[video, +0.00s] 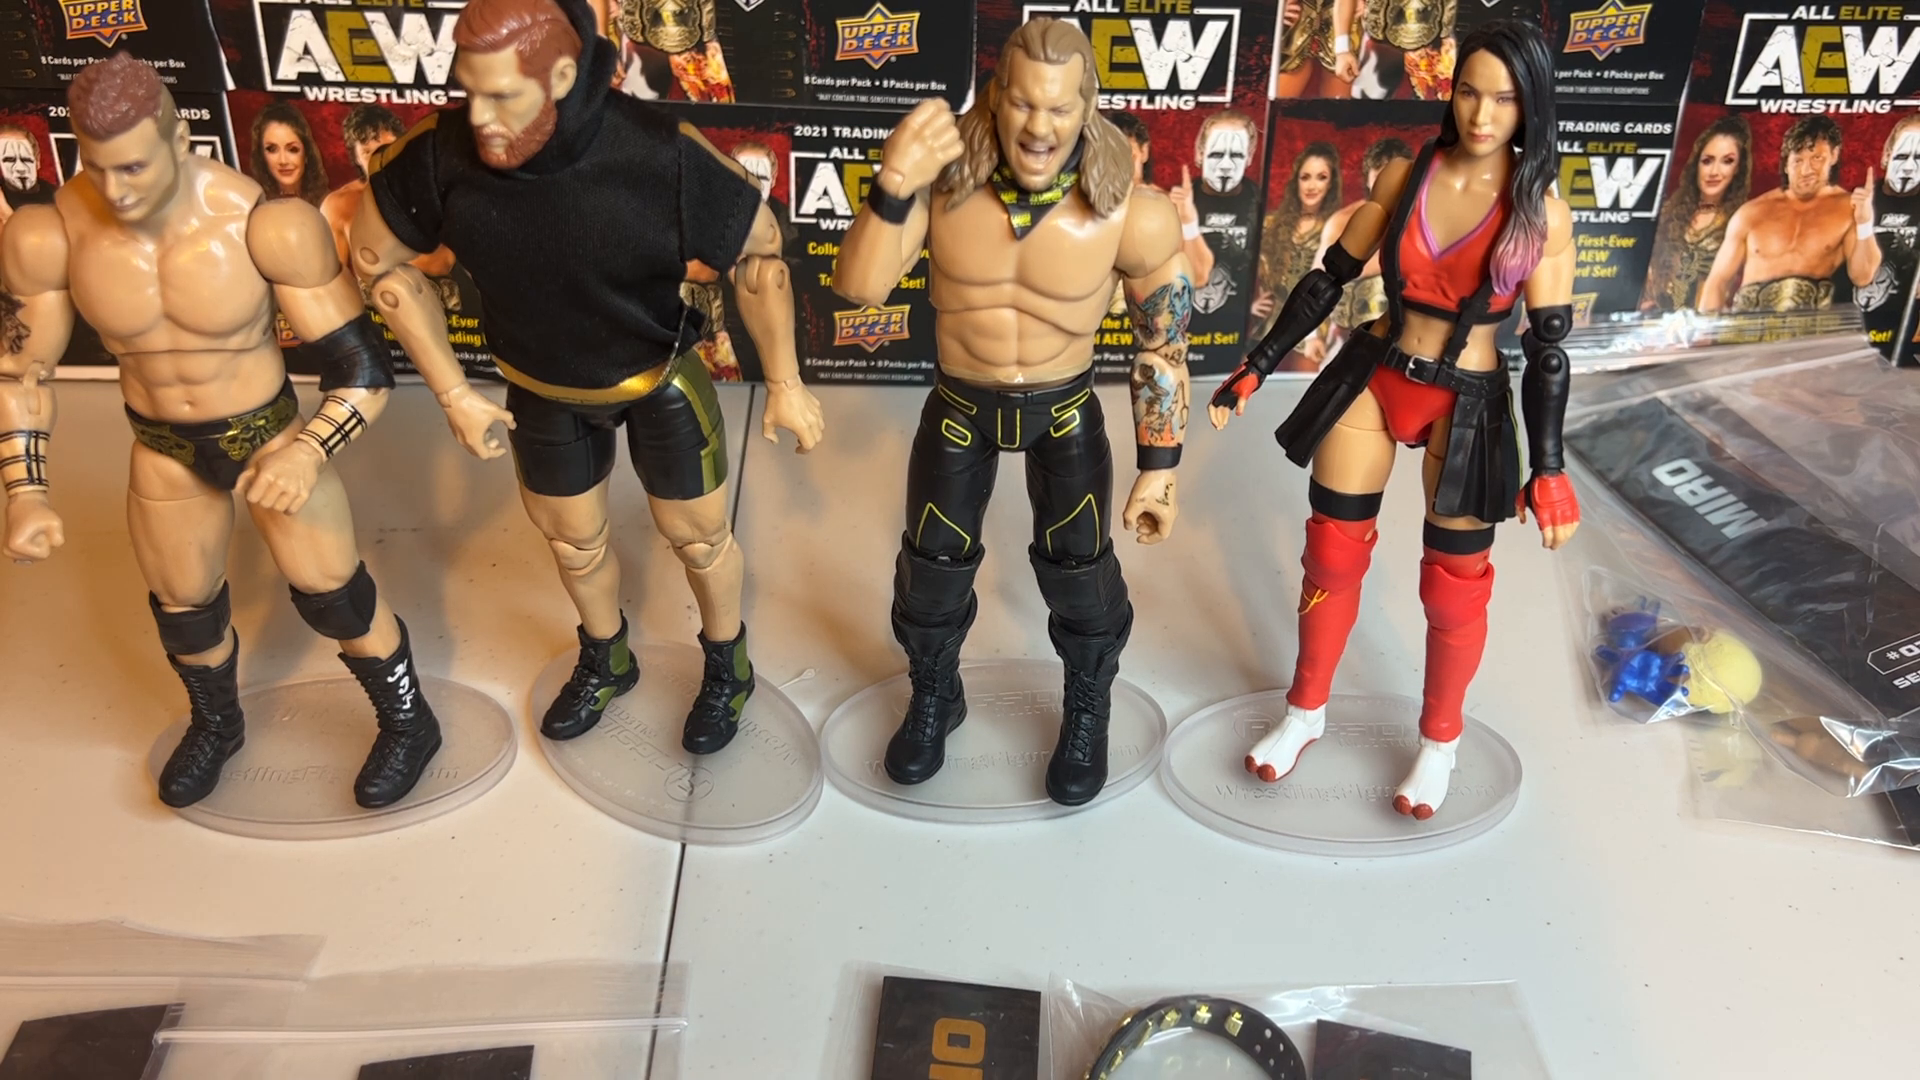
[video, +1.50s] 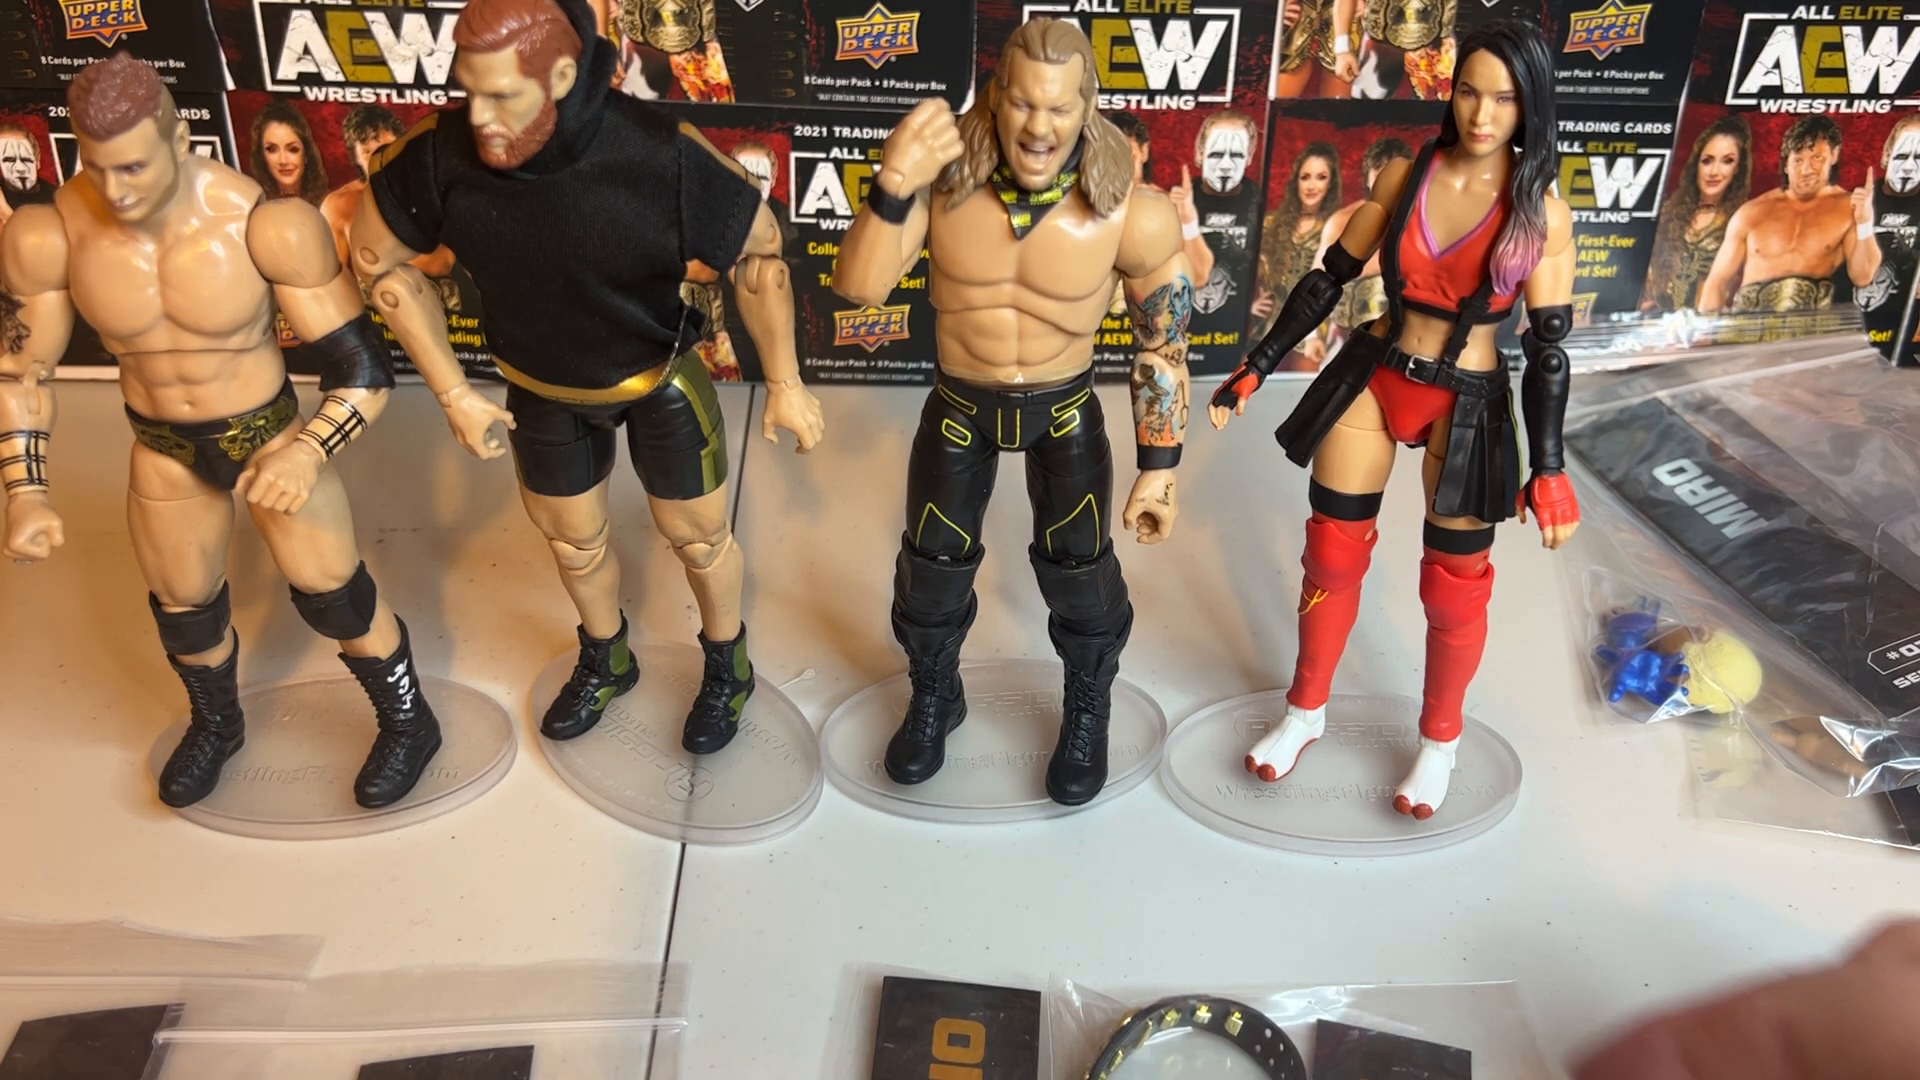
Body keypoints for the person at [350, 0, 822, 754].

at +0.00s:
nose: (481, 119)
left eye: (503, 96)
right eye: (468, 95)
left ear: (564, 76)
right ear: (457, 81)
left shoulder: (653, 155)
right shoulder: (442, 159)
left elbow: (757, 246)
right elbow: (373, 252)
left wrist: (784, 382)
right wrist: (453, 392)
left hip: (661, 381)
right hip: (542, 394)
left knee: (700, 540)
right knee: (575, 545)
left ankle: (726, 667)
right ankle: (607, 661)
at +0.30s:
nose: (481, 119)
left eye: (503, 96)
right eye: (468, 95)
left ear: (564, 76)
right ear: (457, 81)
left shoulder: (653, 155)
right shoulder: (442, 159)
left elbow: (757, 246)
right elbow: (373, 252)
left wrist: (784, 382)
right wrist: (453, 392)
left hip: (661, 380)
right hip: (542, 393)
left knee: (700, 540)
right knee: (575, 545)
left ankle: (726, 667)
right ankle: (607, 661)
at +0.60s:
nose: (481, 119)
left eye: (503, 96)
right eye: (468, 95)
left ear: (564, 76)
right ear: (457, 81)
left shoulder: (653, 155)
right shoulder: (442, 159)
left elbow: (757, 246)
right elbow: (373, 252)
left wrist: (784, 382)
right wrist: (452, 392)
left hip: (661, 381)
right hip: (542, 394)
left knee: (700, 540)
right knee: (575, 546)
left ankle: (726, 667)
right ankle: (607, 661)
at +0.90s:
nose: (481, 119)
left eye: (503, 96)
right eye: (468, 95)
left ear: (564, 76)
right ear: (457, 81)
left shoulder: (653, 155)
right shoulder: (442, 159)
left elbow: (757, 246)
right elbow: (373, 252)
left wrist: (784, 382)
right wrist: (452, 392)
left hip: (661, 380)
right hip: (542, 393)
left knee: (700, 540)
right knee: (575, 545)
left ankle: (726, 667)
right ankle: (607, 661)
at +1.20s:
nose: (481, 119)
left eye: (503, 96)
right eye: (468, 95)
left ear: (564, 76)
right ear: (456, 81)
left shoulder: (653, 155)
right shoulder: (442, 159)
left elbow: (757, 246)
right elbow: (373, 252)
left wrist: (784, 382)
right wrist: (452, 392)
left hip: (661, 380)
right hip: (542, 393)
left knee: (700, 540)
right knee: (575, 545)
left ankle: (726, 667)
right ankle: (607, 661)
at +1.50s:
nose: (481, 119)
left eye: (503, 96)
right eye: (468, 95)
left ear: (564, 76)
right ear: (456, 81)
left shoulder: (653, 155)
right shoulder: (442, 158)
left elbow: (757, 247)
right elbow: (372, 252)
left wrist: (784, 382)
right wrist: (452, 392)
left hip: (661, 382)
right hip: (542, 394)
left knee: (700, 541)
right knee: (575, 545)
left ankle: (726, 667)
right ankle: (607, 661)